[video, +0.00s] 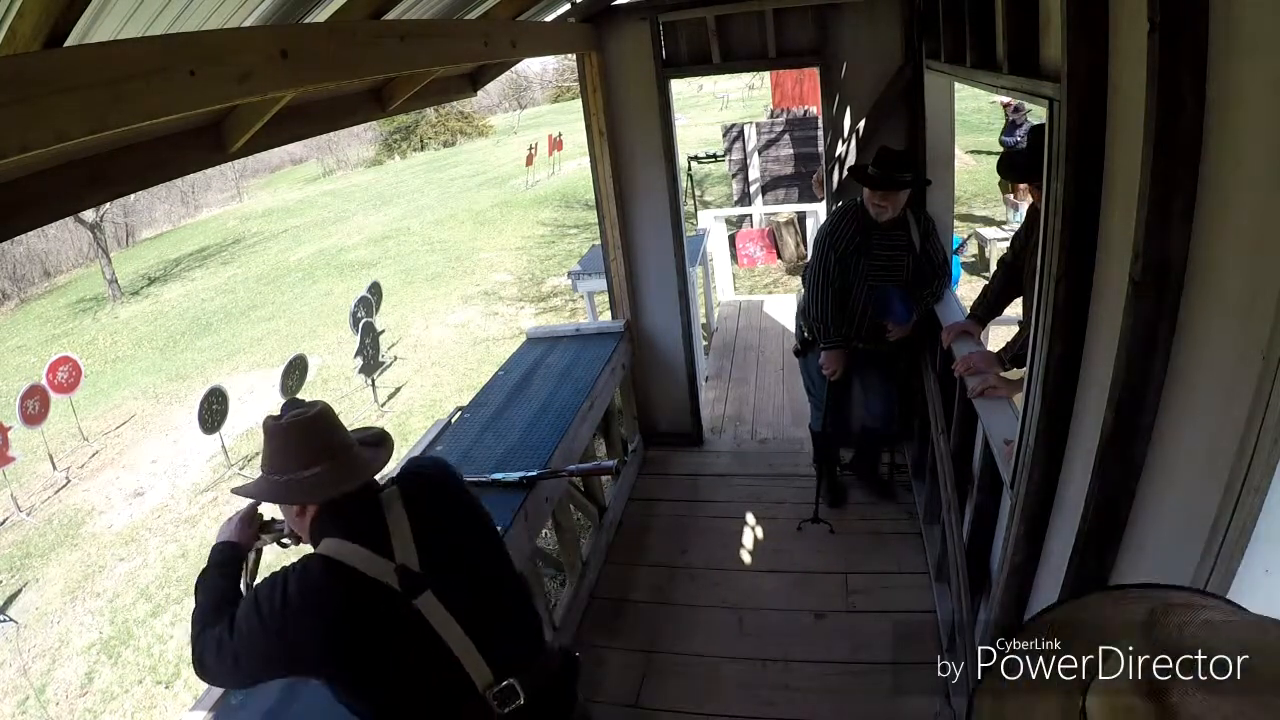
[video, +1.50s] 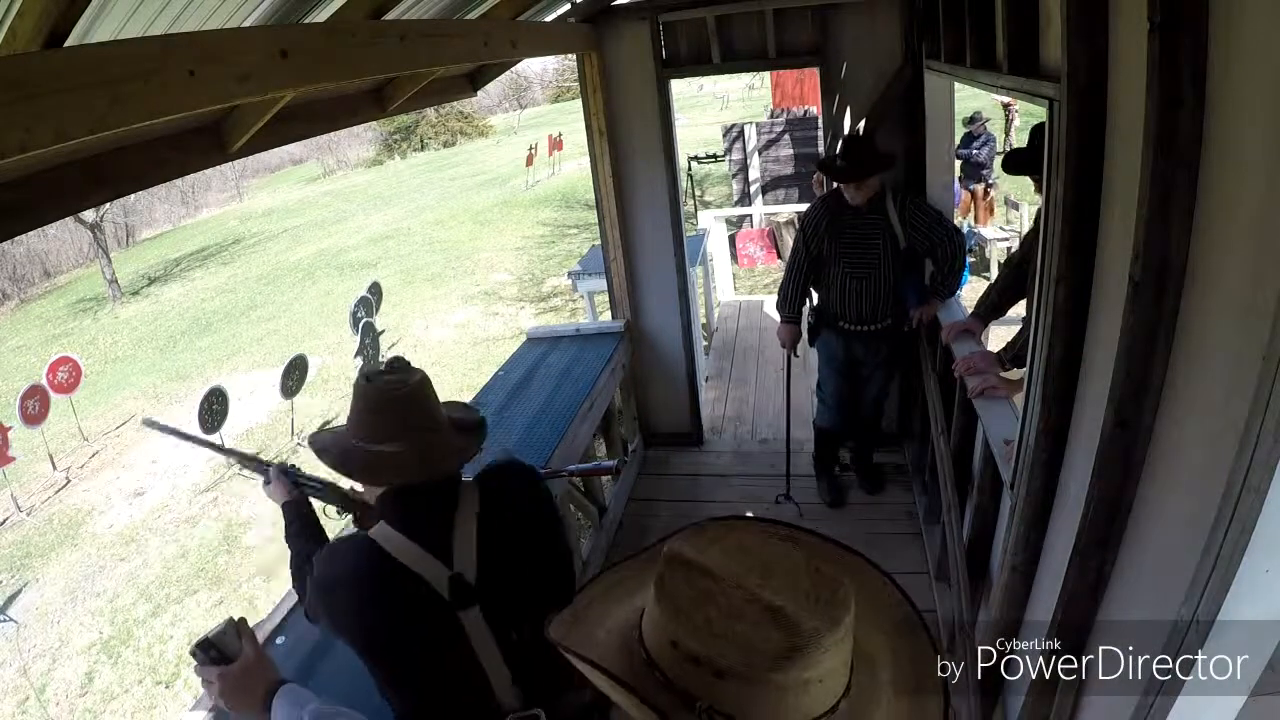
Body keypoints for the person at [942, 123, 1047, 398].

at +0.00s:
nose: (1028, 191)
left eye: (1034, 183)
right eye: (1026, 182)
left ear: (1054, 182)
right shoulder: (1040, 211)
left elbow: (1054, 310)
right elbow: (1013, 263)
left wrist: (1003, 358)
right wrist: (977, 319)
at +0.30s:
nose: (1023, 189)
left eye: (1026, 182)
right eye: (1022, 181)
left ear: (1034, 183)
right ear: (1032, 182)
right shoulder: (1041, 207)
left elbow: (1054, 307)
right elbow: (1015, 262)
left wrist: (1004, 358)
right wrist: (978, 319)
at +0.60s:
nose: (1031, 192)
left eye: (1035, 183)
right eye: (1031, 183)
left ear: (1047, 181)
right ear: (1034, 179)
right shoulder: (1041, 210)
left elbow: (1055, 306)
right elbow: (1014, 262)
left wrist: (1004, 358)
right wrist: (977, 319)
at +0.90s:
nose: (1030, 189)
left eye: (1036, 182)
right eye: (1029, 180)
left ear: (1056, 184)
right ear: (1033, 181)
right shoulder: (1041, 212)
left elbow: (1055, 307)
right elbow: (1014, 262)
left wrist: (1003, 358)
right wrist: (977, 318)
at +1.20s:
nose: (1031, 188)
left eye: (1037, 181)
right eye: (1029, 180)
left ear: (1057, 181)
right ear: (1029, 177)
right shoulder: (1042, 211)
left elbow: (1055, 308)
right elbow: (1015, 264)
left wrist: (1004, 358)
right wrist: (977, 319)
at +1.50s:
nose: (1034, 182)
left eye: (1039, 174)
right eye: (1033, 174)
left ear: (1058, 171)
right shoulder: (1052, 214)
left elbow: (1056, 306)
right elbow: (1021, 265)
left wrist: (1004, 358)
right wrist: (980, 316)